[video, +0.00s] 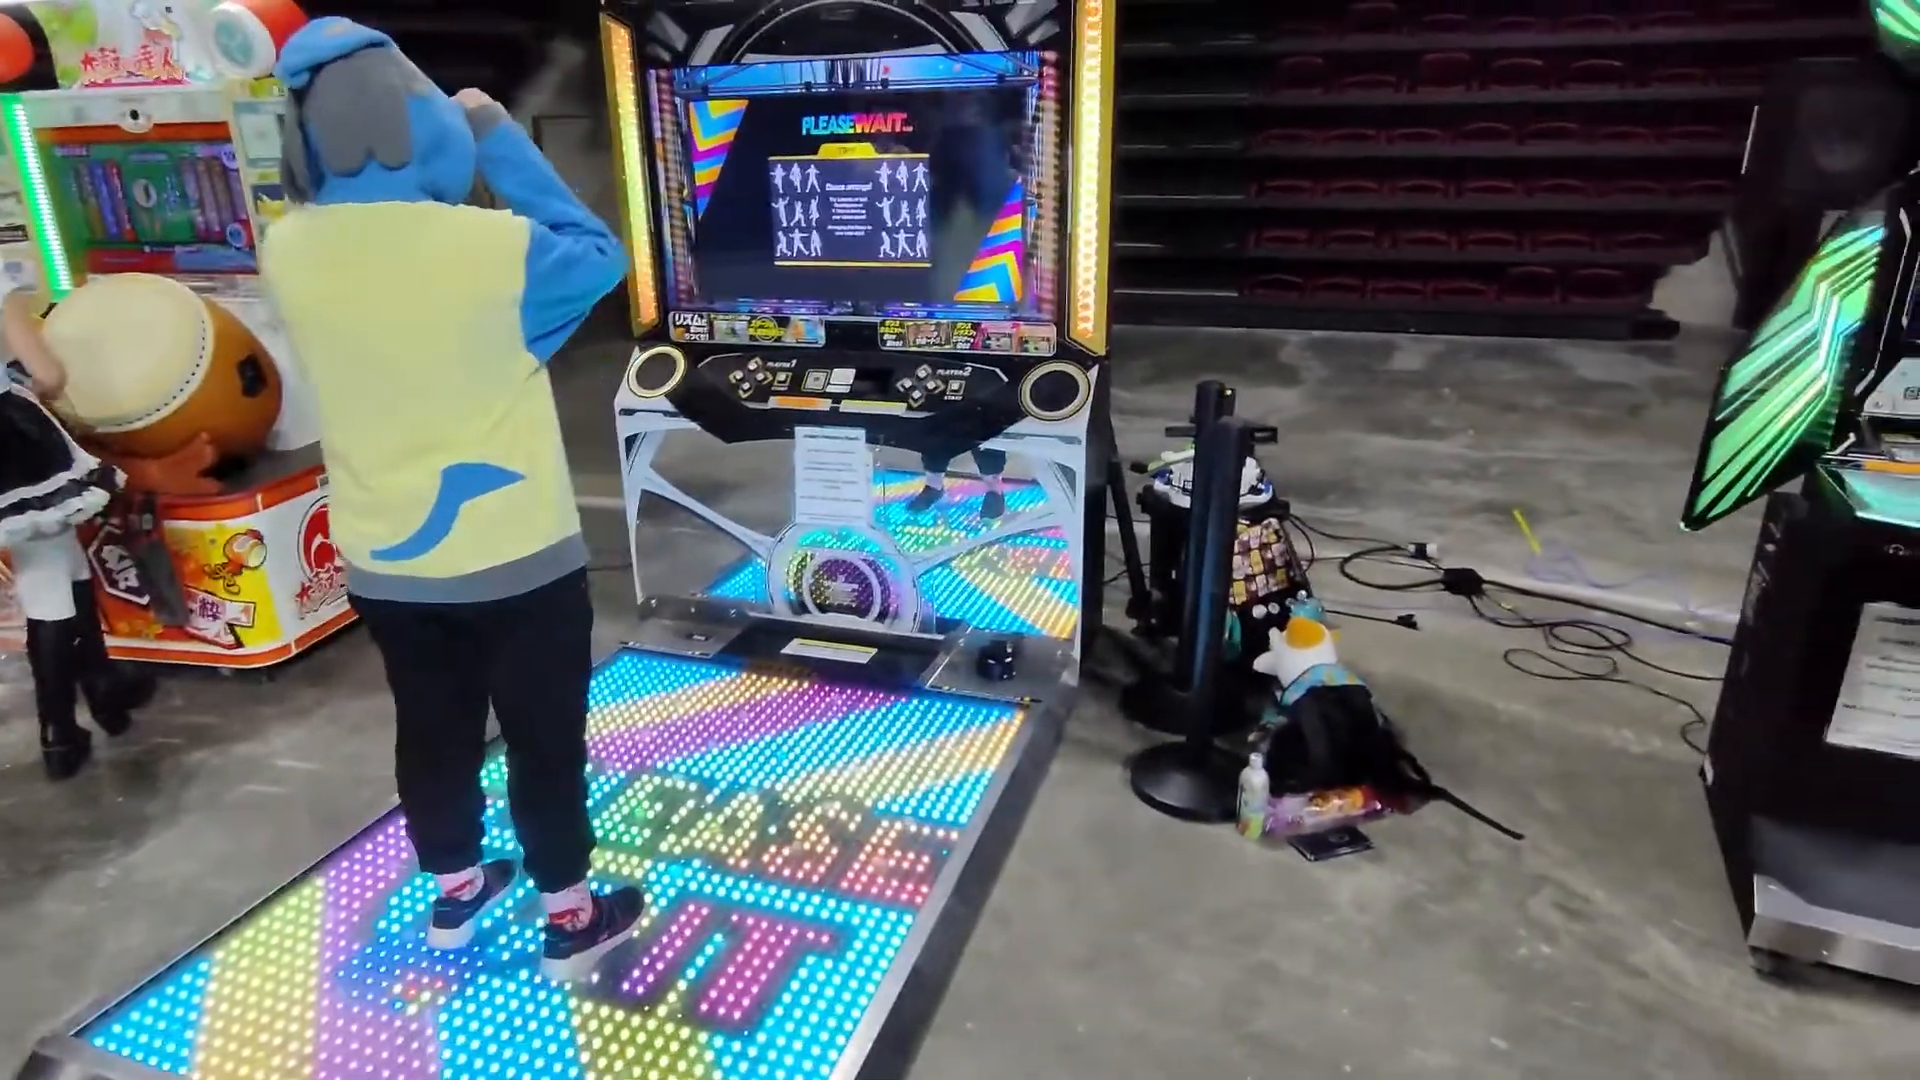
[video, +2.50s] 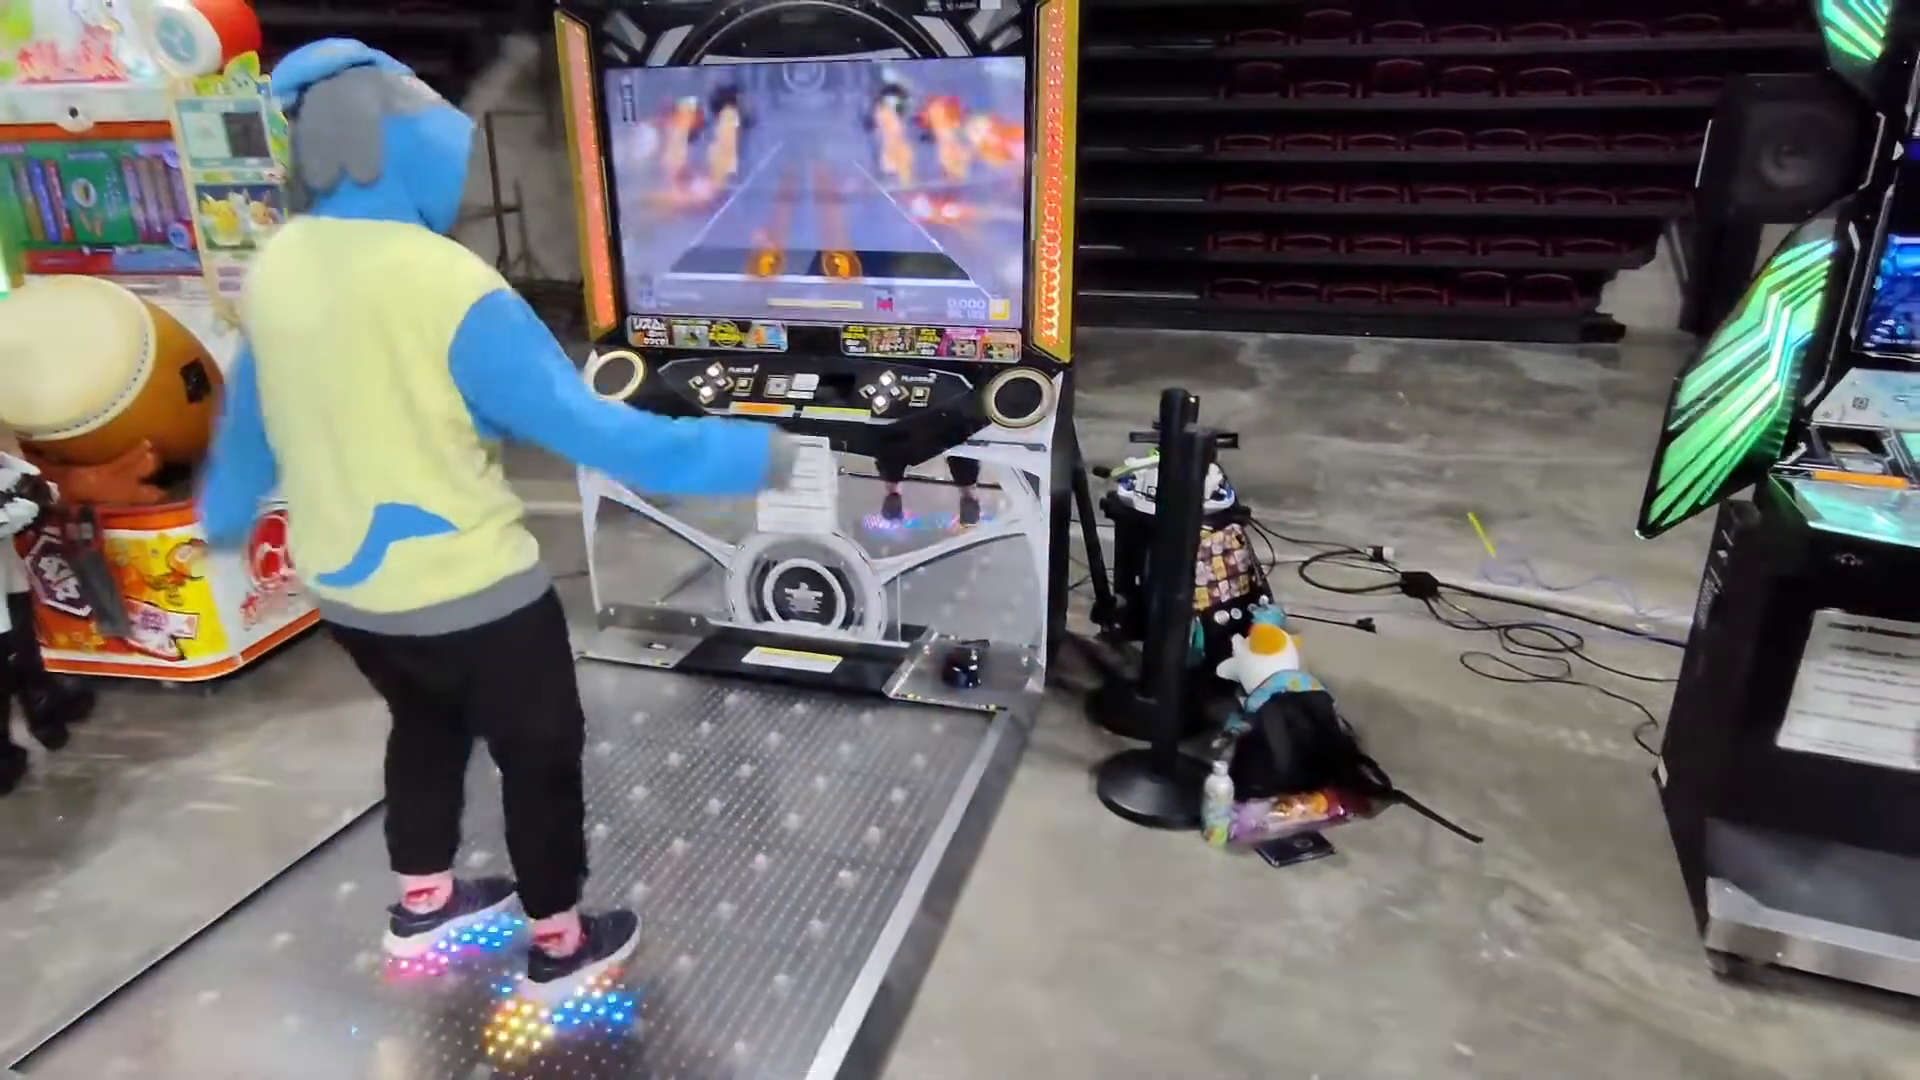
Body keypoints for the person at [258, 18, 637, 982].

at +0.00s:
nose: (430, 120)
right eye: (424, 109)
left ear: (317, 150)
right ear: (425, 130)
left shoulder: (291, 255)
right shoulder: (490, 252)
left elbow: (317, 206)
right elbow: (592, 254)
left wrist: (311, 110)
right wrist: (504, 142)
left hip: (387, 565)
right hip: (517, 555)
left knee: (431, 721)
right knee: (544, 731)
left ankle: (454, 879)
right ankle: (568, 906)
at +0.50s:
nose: (465, 148)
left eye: (458, 127)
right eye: (454, 129)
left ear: (335, 138)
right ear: (422, 137)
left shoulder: (293, 246)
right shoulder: (466, 267)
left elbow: (341, 366)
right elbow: (552, 399)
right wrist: (604, 372)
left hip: (363, 568)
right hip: (490, 568)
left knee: (415, 719)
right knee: (546, 734)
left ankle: (432, 881)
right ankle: (583, 911)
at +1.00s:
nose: (554, 132)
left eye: (548, 113)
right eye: (539, 114)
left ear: (442, 129)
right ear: (500, 123)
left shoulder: (398, 239)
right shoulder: (546, 243)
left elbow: (387, 399)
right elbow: (625, 401)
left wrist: (398, 526)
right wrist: (681, 536)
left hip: (455, 555)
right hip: (567, 557)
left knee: (497, 693)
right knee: (596, 727)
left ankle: (466, 856)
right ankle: (603, 904)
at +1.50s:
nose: (558, 140)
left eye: (545, 120)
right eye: (544, 121)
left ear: (429, 134)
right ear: (522, 130)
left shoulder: (348, 242)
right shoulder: (564, 261)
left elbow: (285, 363)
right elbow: (670, 391)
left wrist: (291, 435)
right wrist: (835, 445)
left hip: (398, 559)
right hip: (541, 561)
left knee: (445, 709)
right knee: (617, 687)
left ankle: (459, 864)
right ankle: (579, 870)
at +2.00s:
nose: (530, 145)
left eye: (525, 124)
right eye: (515, 125)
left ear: (414, 134)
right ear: (471, 130)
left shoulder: (362, 232)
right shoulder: (520, 264)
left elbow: (337, 335)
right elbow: (615, 429)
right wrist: (648, 568)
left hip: (408, 567)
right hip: (521, 574)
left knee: (478, 718)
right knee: (575, 743)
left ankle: (489, 872)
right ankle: (581, 920)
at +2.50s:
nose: (448, 159)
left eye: (439, 140)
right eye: (432, 142)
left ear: (324, 160)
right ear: (393, 151)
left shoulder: (280, 268)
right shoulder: (449, 283)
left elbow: (249, 417)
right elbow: (585, 424)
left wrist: (224, 518)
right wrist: (751, 451)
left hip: (351, 599)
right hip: (475, 594)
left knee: (426, 720)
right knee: (542, 750)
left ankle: (422, 897)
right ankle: (558, 933)